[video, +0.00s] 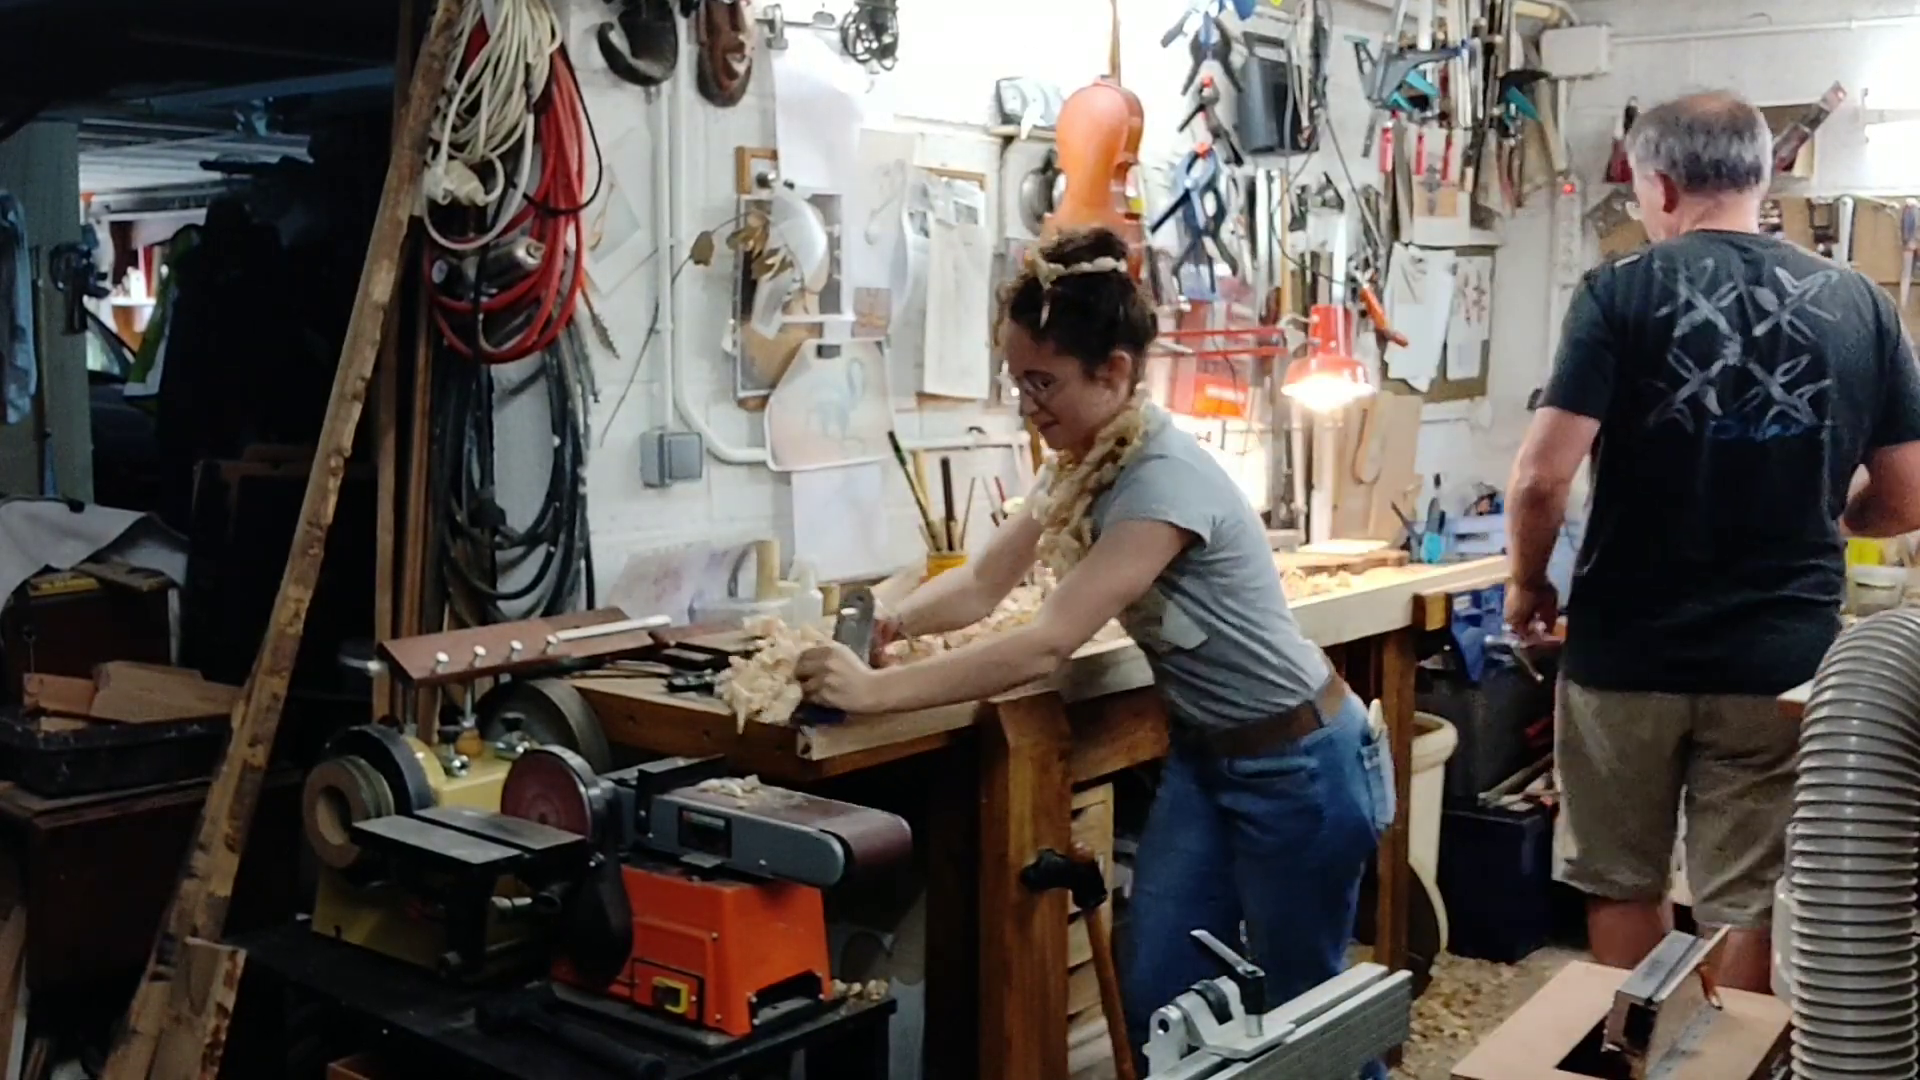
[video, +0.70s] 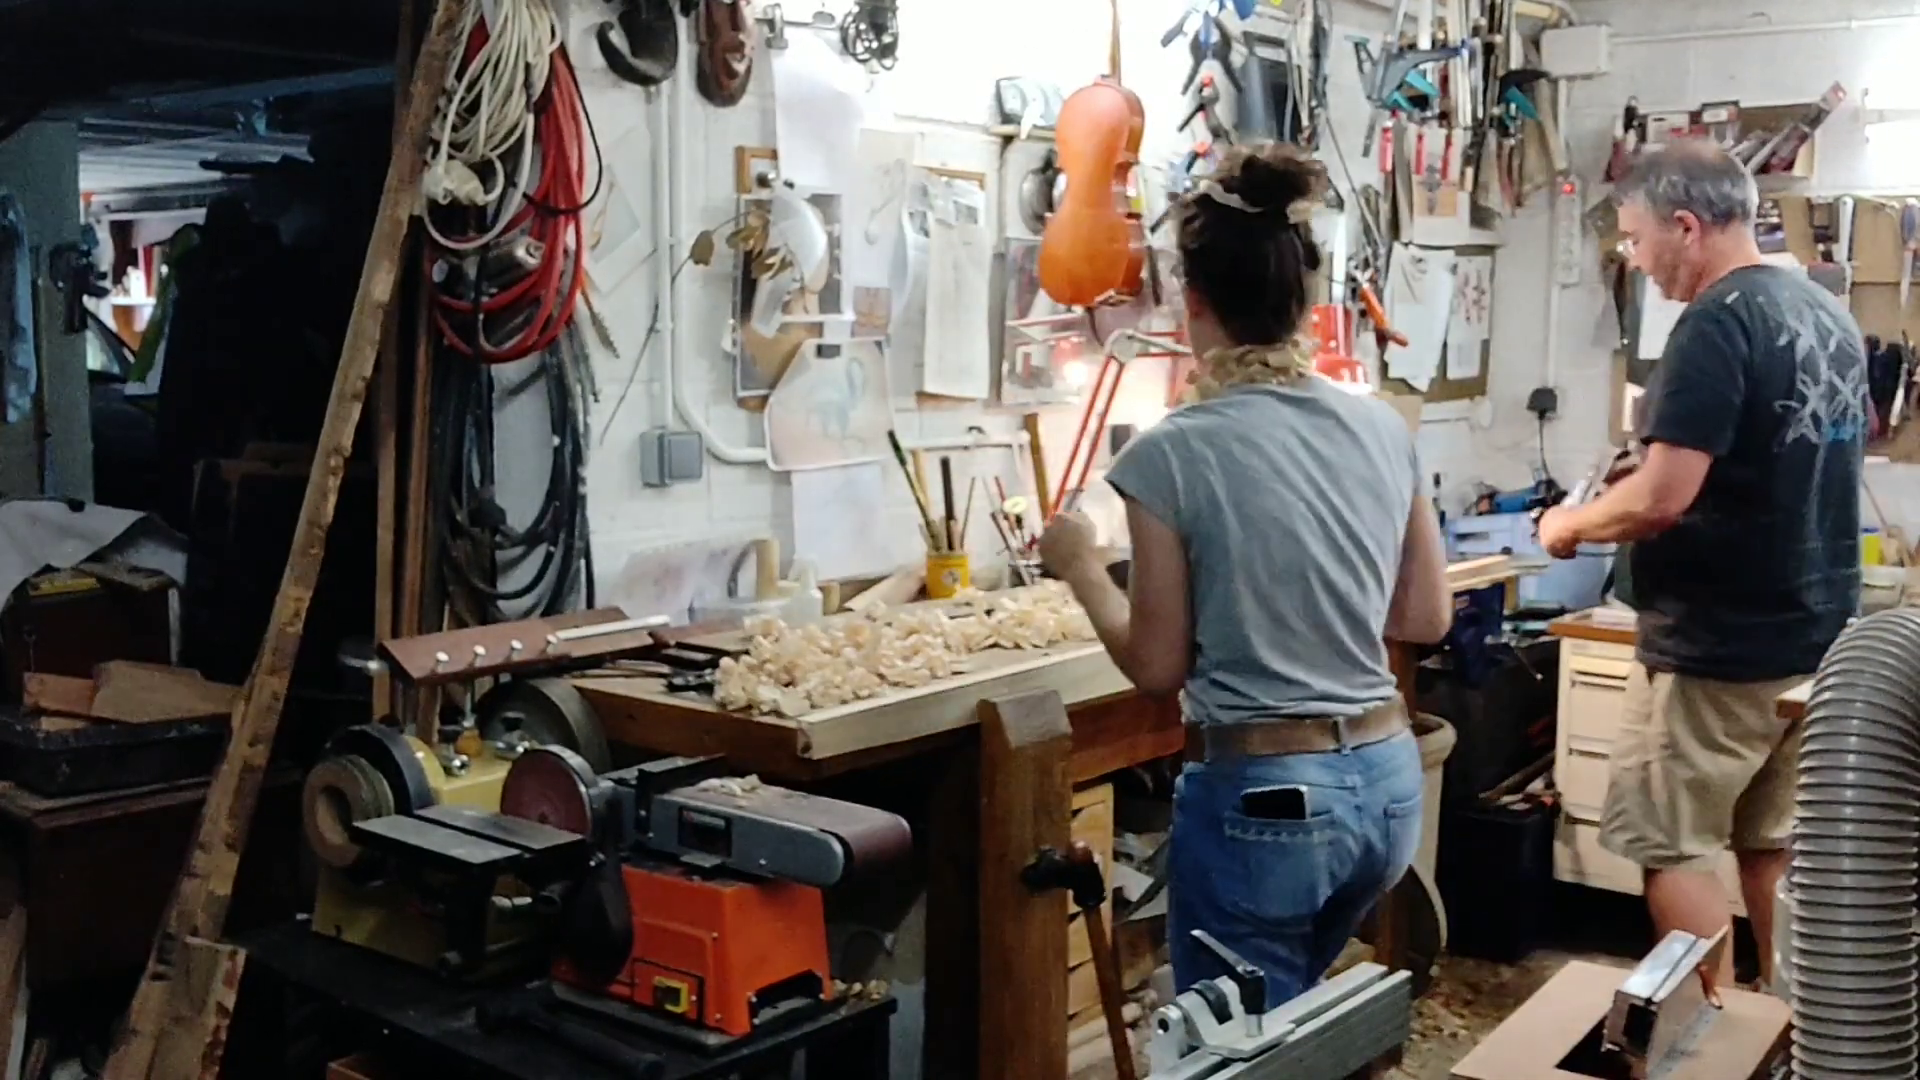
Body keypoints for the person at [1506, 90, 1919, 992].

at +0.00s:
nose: (1639, 211)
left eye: (1639, 192)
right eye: (1637, 194)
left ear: (1663, 188)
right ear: (1764, 184)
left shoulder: (1621, 291)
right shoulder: (1857, 302)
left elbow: (1540, 477)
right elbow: (1900, 504)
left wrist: (1527, 581)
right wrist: (1807, 502)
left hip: (1627, 641)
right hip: (1780, 646)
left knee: (1622, 890)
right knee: (1747, 908)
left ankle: (1628, 1075)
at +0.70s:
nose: (1631, 259)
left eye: (1634, 237)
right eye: (1627, 241)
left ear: (1688, 224)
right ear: (1723, 221)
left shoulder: (1718, 320)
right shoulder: (1824, 311)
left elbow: (1661, 495)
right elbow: (1802, 469)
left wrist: (1575, 523)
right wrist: (1656, 472)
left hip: (1722, 642)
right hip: (1813, 634)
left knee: (1672, 841)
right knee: (1768, 840)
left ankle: (1709, 1033)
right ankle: (1788, 1011)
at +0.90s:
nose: (1616, 262)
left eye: (1620, 238)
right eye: (1611, 243)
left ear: (1679, 223)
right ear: (1687, 228)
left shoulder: (1743, 314)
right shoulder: (1734, 306)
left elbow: (1708, 485)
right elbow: (1686, 461)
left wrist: (1568, 512)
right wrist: (1595, 481)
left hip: (1722, 624)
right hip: (1762, 615)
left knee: (1622, 792)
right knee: (1748, 799)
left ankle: (1684, 998)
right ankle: (1782, 979)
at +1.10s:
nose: (1579, 285)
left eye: (1587, 264)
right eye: (1574, 267)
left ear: (1648, 247)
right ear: (1645, 252)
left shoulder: (1726, 338)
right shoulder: (1655, 339)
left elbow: (1683, 505)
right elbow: (1637, 464)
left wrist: (1550, 529)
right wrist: (1555, 503)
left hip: (1704, 632)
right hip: (1665, 618)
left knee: (1619, 819)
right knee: (1662, 800)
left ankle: (1627, 1017)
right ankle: (1762, 945)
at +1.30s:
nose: (1555, 294)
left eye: (1560, 270)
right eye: (1550, 274)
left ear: (1615, 253)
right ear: (1612, 258)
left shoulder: (1705, 335)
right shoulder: (1608, 339)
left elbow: (1664, 500)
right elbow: (1585, 460)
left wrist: (1564, 509)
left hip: (1711, 614)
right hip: (1644, 602)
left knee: (1645, 818)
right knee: (1635, 809)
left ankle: (1641, 1016)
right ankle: (1692, 996)